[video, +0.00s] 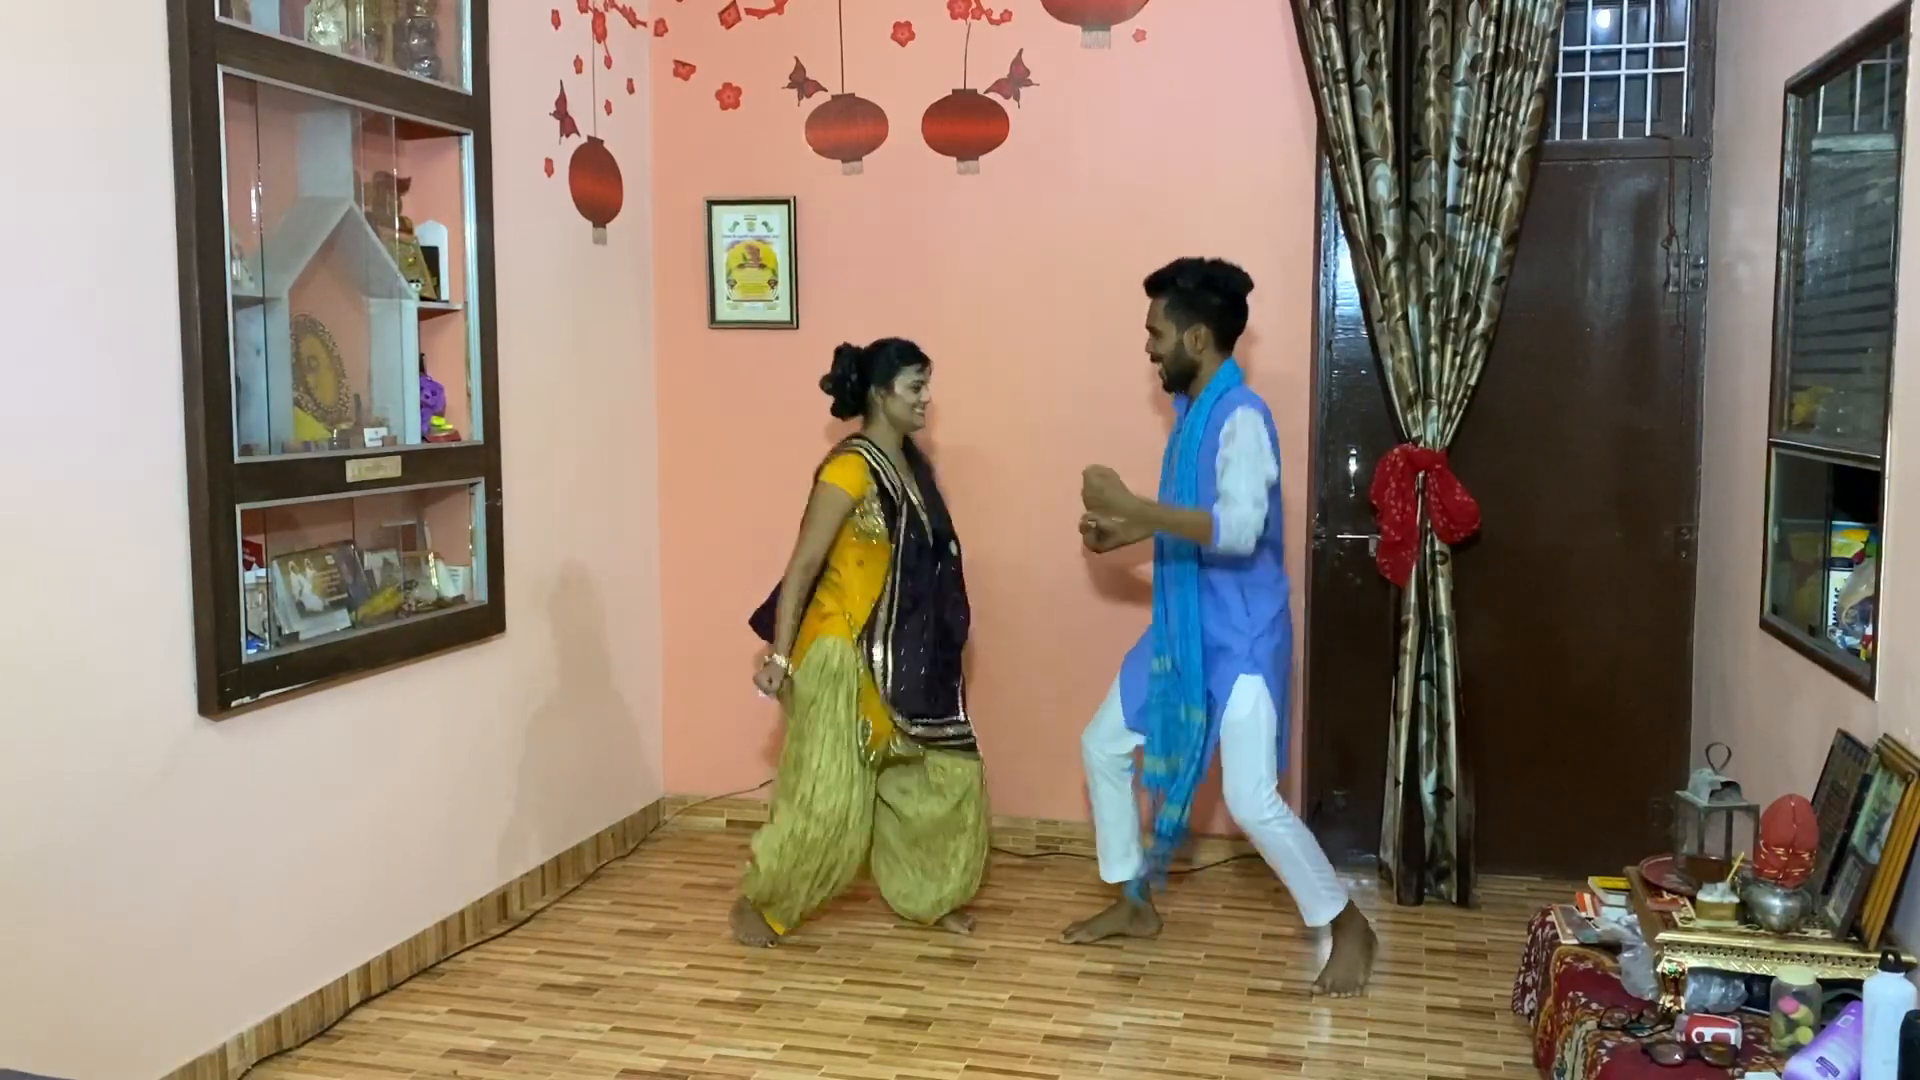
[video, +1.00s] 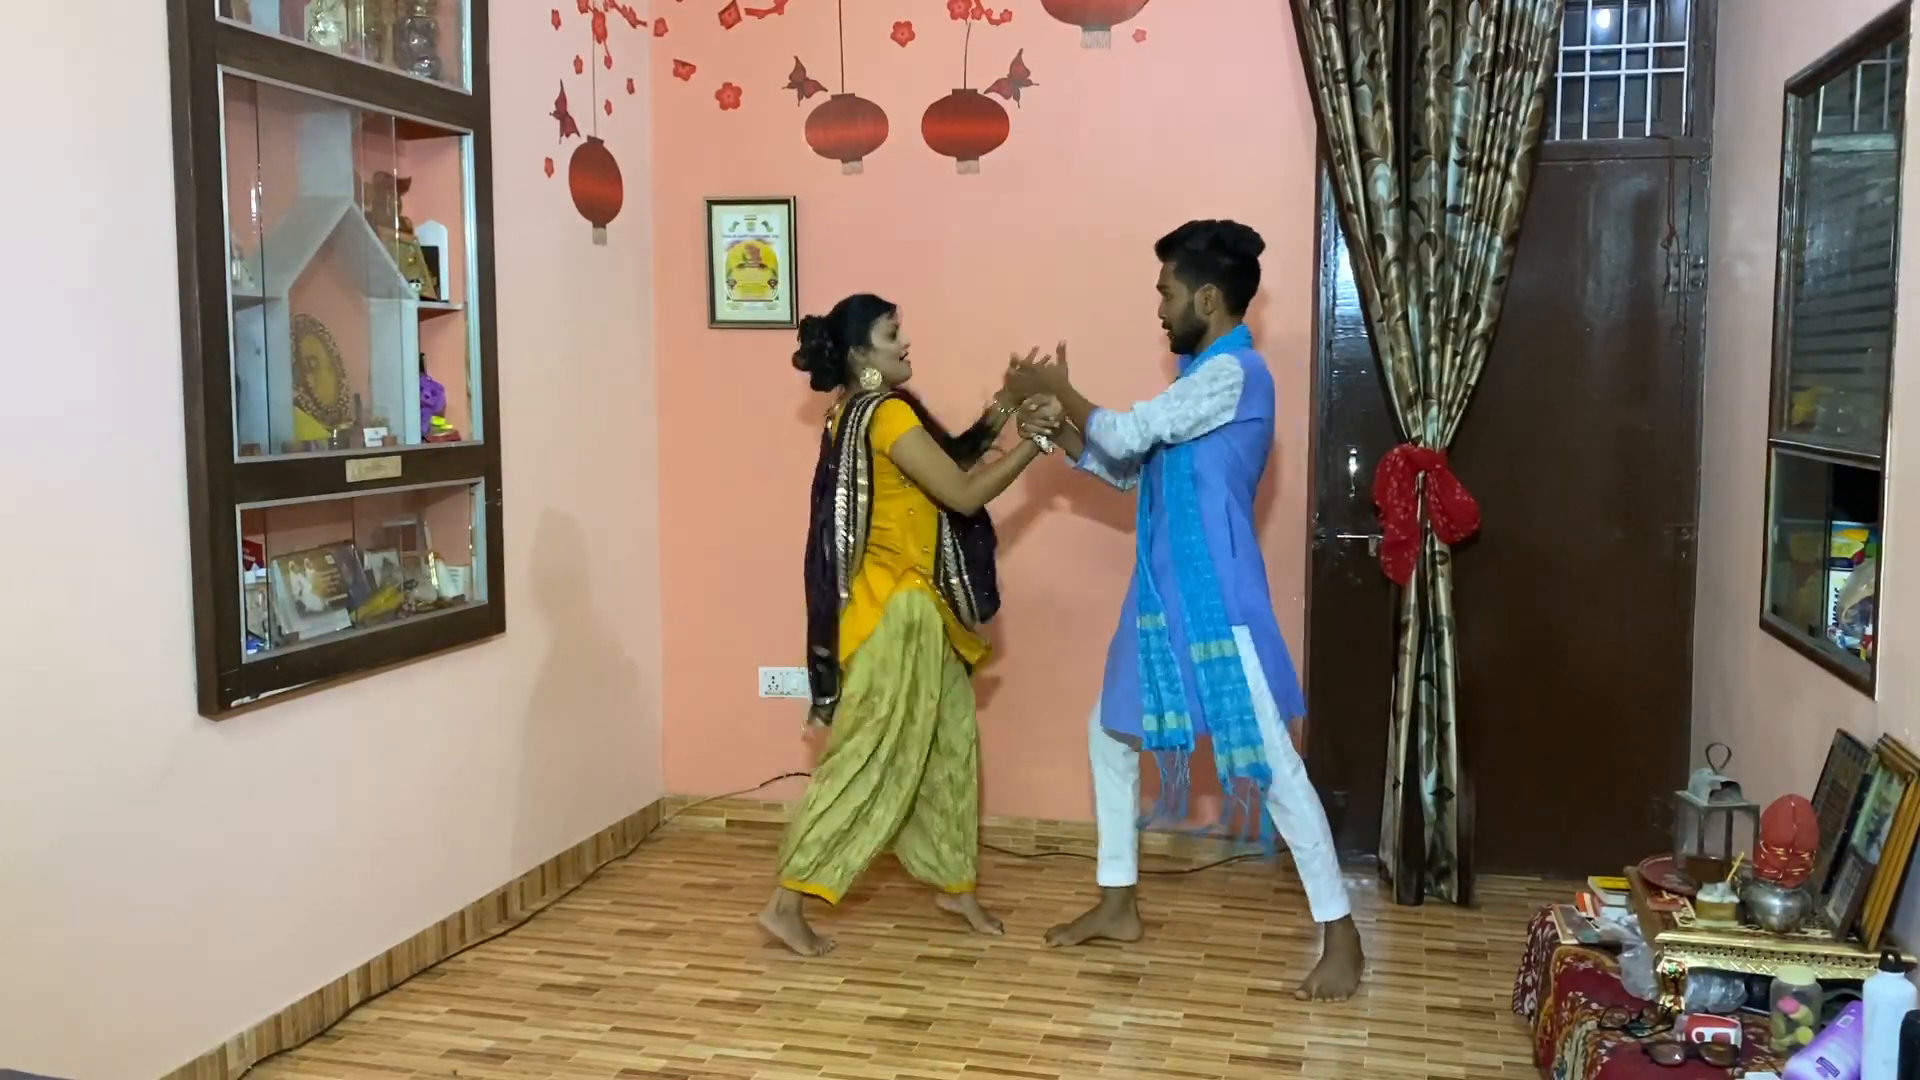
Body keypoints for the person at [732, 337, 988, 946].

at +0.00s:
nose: (924, 399)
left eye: (926, 388)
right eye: (913, 388)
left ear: (913, 395)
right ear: (877, 394)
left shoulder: (909, 464)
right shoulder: (848, 468)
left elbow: (910, 565)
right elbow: (804, 565)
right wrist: (780, 651)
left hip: (903, 651)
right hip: (842, 653)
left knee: (945, 773)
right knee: (828, 792)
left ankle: (927, 895)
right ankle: (759, 897)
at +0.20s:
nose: (905, 357)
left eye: (905, 346)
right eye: (893, 346)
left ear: (883, 355)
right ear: (854, 354)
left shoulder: (908, 421)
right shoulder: (803, 423)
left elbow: (932, 515)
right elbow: (772, 522)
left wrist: (943, 608)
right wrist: (762, 612)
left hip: (910, 614)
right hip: (831, 611)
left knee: (947, 744)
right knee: (826, 754)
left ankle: (943, 880)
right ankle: (794, 902)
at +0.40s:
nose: (889, 388)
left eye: (887, 377)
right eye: (874, 380)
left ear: (882, 388)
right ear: (838, 398)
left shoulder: (917, 457)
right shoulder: (799, 475)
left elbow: (945, 554)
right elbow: (789, 578)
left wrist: (930, 623)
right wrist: (794, 593)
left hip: (911, 641)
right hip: (826, 644)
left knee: (968, 768)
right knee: (828, 780)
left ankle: (966, 899)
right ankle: (803, 911)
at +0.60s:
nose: (889, 364)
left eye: (887, 350)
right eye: (879, 352)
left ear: (840, 362)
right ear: (845, 360)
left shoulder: (825, 419)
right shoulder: (853, 418)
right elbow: (923, 468)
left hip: (905, 612)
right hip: (859, 615)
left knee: (948, 748)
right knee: (842, 761)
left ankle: (952, 885)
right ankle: (797, 899)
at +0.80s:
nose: (892, 394)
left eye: (890, 382)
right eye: (883, 384)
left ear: (838, 395)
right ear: (850, 394)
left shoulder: (817, 471)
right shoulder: (892, 440)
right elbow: (982, 494)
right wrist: (1027, 416)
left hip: (872, 631)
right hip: (922, 629)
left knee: (953, 766)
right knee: (860, 772)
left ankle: (948, 898)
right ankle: (782, 915)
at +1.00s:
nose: (907, 346)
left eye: (902, 335)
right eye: (894, 339)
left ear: (861, 354)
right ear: (862, 354)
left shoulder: (864, 411)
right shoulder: (885, 413)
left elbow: (945, 467)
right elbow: (963, 494)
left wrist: (1003, 409)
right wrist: (1029, 442)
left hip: (908, 602)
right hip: (896, 605)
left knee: (953, 743)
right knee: (871, 750)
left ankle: (956, 884)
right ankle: (789, 900)